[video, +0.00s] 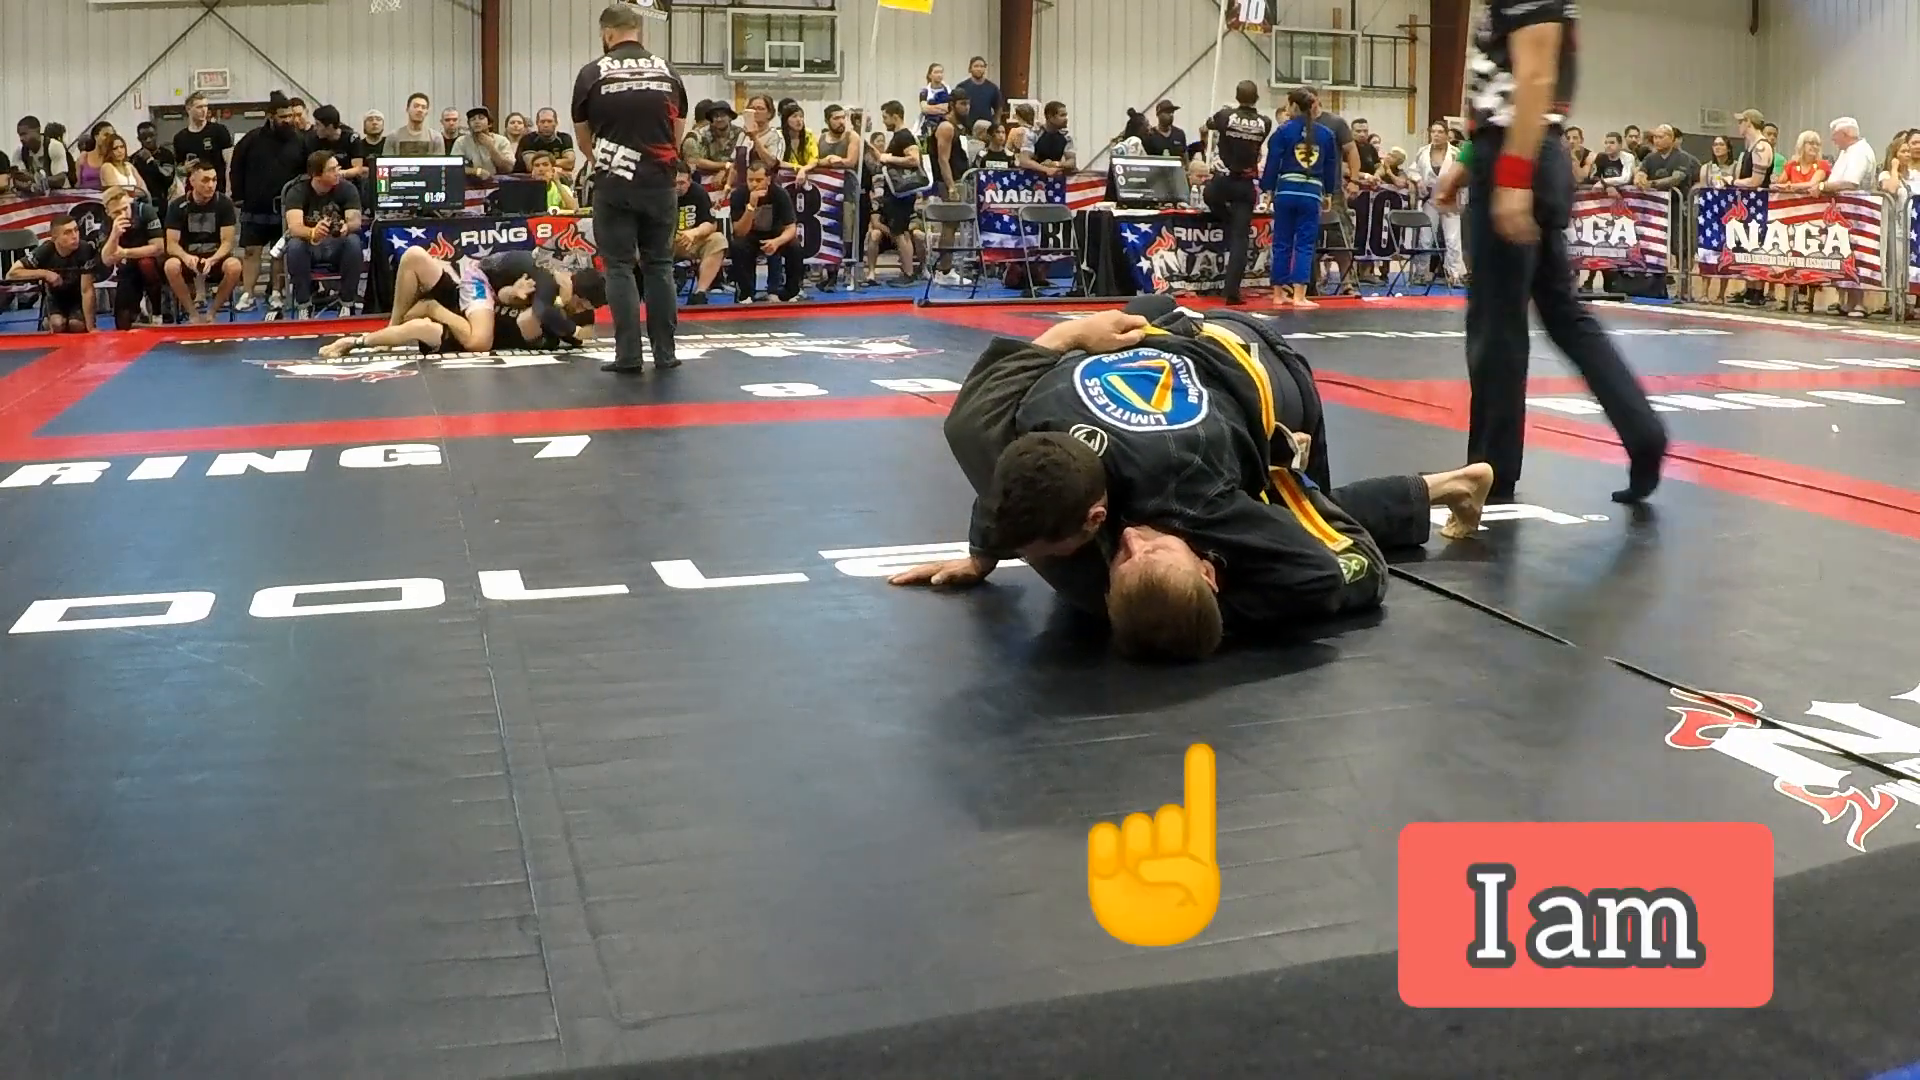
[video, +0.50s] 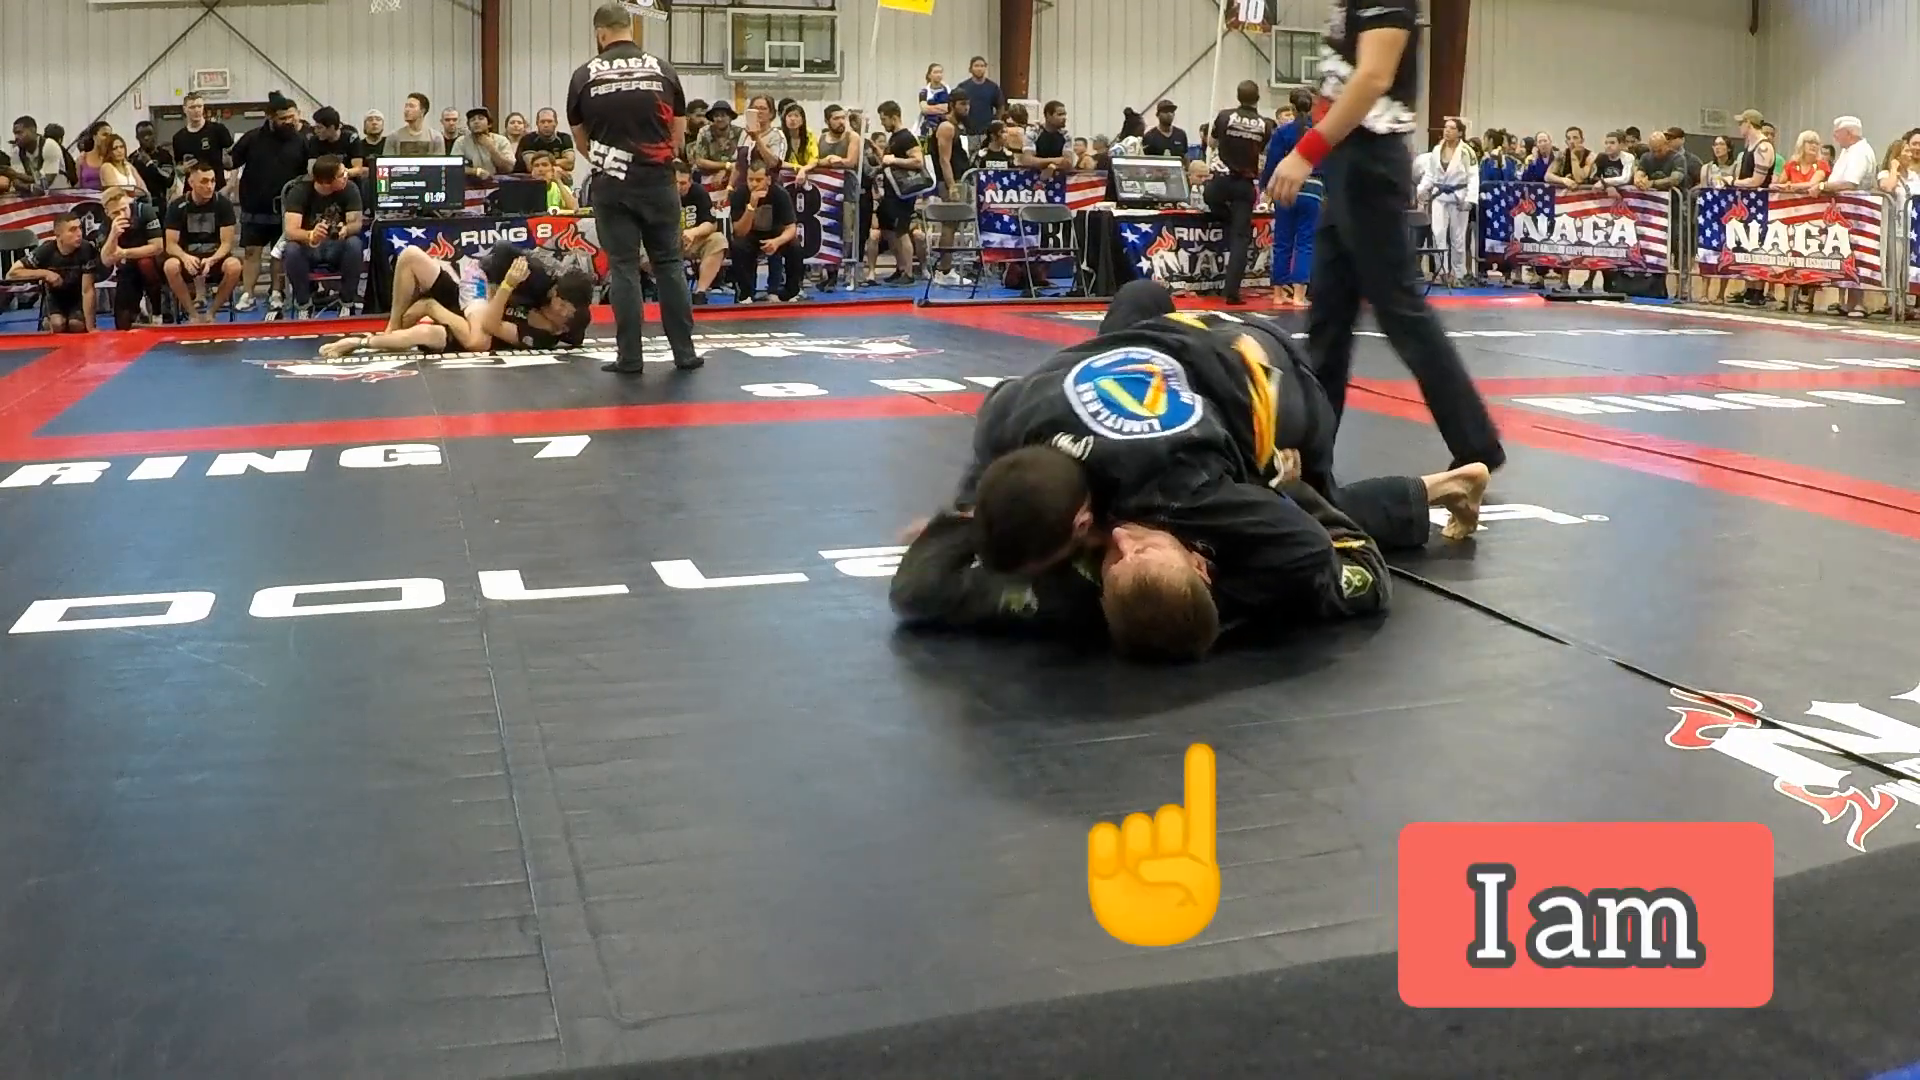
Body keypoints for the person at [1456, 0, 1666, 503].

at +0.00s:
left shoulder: (1531, 6)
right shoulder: (1506, 12)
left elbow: (1537, 80)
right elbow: (1506, 91)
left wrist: (1513, 179)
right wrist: (1463, 163)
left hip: (1509, 159)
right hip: (1537, 157)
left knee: (1495, 328)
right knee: (1563, 313)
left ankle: (1492, 475)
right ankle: (1644, 436)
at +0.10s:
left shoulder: (1499, 6)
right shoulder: (1474, 11)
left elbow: (1495, 80)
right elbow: (1476, 87)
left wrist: (1460, 175)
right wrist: (1441, 169)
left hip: (1494, 152)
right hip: (1492, 150)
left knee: (1483, 320)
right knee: (1497, 309)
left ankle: (1493, 474)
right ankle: (1595, 424)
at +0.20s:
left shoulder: (1471, 5)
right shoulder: (1472, 11)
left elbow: (1455, 71)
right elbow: (1466, 79)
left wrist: (1403, 161)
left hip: (1462, 147)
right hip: (1462, 146)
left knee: (1459, 304)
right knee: (1451, 300)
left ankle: (1490, 464)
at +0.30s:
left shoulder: (1444, 5)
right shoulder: (1436, 10)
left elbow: (1426, 70)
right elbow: (1435, 80)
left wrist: (1359, 146)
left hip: (1435, 147)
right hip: (1424, 146)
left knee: (1446, 305)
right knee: (1402, 303)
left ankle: (1488, 460)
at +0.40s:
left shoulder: (1417, 4)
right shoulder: (1401, 11)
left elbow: (1399, 70)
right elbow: (1403, 79)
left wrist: (1325, 143)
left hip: (1402, 149)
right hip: (1392, 150)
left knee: (1428, 307)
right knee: (1370, 315)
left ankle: (1486, 455)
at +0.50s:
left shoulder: (1386, 5)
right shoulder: (1356, 10)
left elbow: (1374, 76)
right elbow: (1359, 77)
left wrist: (1305, 152)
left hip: (1373, 154)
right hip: (1350, 153)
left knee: (1400, 309)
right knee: (1329, 314)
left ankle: (1478, 447)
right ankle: (1307, 456)